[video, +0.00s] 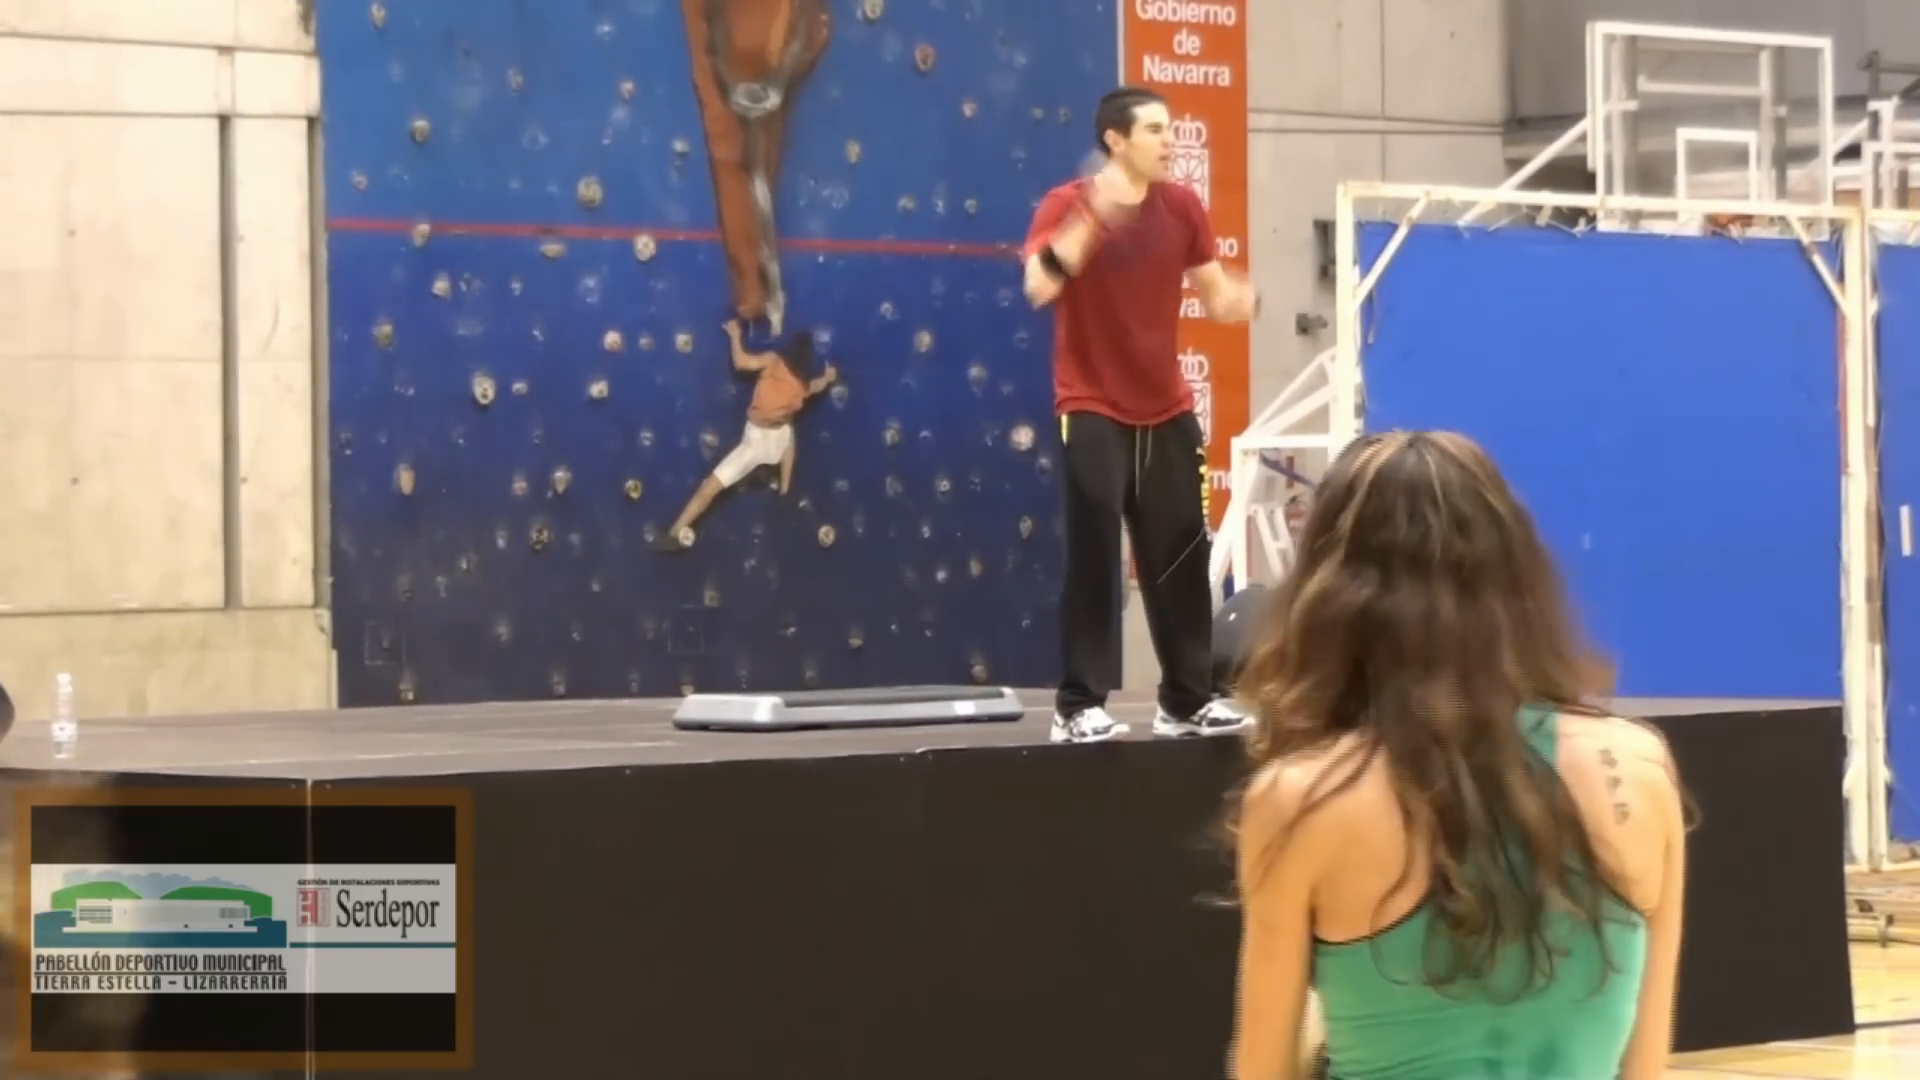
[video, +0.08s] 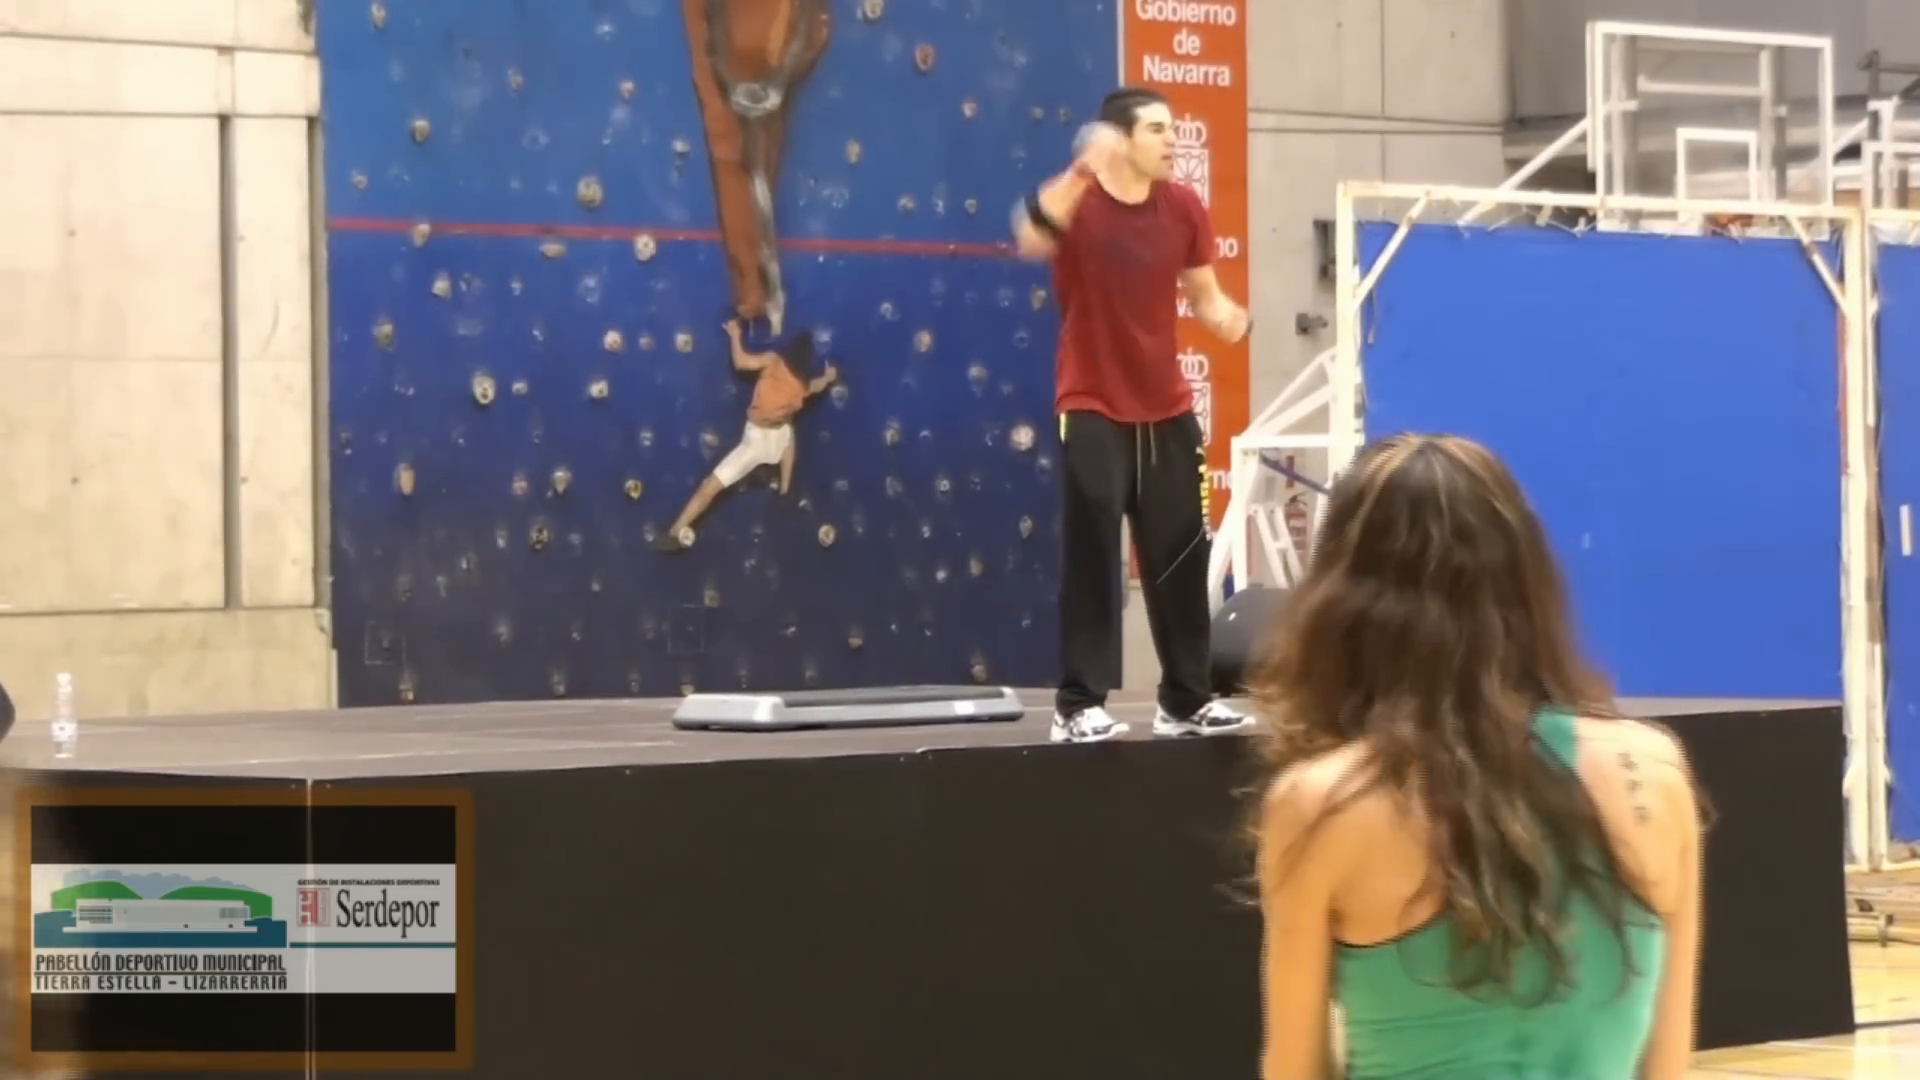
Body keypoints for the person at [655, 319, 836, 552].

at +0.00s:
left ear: (788, 350)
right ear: (808, 358)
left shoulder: (772, 361)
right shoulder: (803, 386)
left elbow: (741, 363)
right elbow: (817, 385)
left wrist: (735, 336)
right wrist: (829, 378)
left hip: (755, 442)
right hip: (779, 441)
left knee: (713, 483)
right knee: (789, 433)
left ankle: (678, 530)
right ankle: (785, 486)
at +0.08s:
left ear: (788, 350)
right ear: (808, 358)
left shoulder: (772, 361)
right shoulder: (803, 385)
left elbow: (741, 362)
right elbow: (817, 385)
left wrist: (735, 336)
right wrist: (829, 377)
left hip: (754, 441)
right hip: (779, 439)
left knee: (712, 484)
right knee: (789, 433)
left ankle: (678, 530)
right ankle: (785, 486)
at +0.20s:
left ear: (788, 350)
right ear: (808, 359)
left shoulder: (772, 361)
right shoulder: (802, 385)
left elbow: (741, 362)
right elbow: (816, 385)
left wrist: (735, 336)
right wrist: (829, 378)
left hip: (755, 439)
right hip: (779, 438)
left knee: (713, 483)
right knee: (789, 433)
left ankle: (678, 529)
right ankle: (785, 486)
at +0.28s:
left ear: (788, 349)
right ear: (808, 358)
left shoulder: (772, 361)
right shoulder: (802, 385)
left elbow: (740, 362)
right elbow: (816, 386)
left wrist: (735, 336)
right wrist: (829, 378)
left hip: (754, 440)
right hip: (779, 438)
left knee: (712, 484)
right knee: (789, 433)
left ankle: (678, 530)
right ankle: (785, 486)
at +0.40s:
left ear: (788, 350)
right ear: (808, 359)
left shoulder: (772, 361)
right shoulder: (802, 386)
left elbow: (741, 362)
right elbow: (816, 385)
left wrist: (735, 336)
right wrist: (828, 378)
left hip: (754, 441)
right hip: (779, 439)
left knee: (712, 483)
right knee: (789, 433)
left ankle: (678, 530)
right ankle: (785, 487)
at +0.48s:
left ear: (788, 350)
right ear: (807, 359)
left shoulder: (771, 361)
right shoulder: (802, 385)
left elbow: (740, 362)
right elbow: (816, 386)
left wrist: (735, 336)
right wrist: (828, 378)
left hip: (754, 441)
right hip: (779, 440)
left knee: (711, 484)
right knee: (789, 433)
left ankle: (677, 531)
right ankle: (785, 488)